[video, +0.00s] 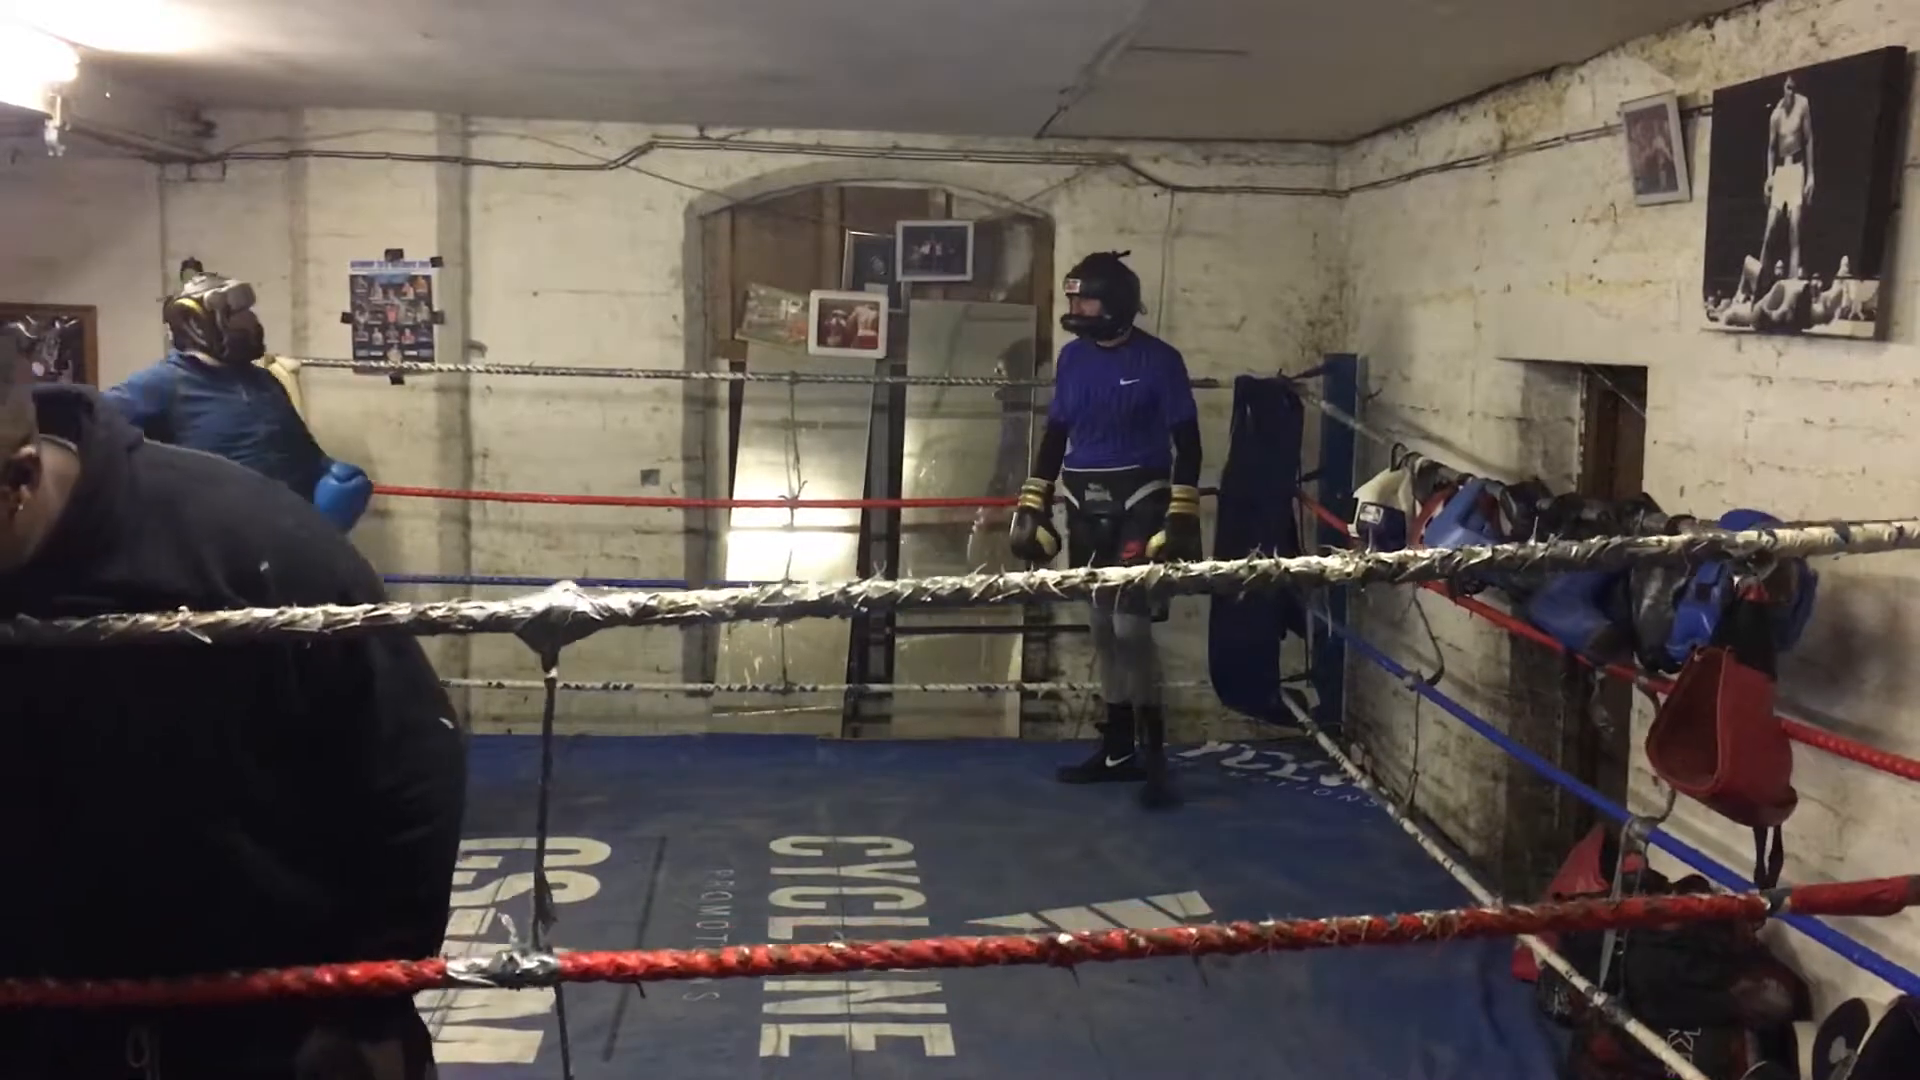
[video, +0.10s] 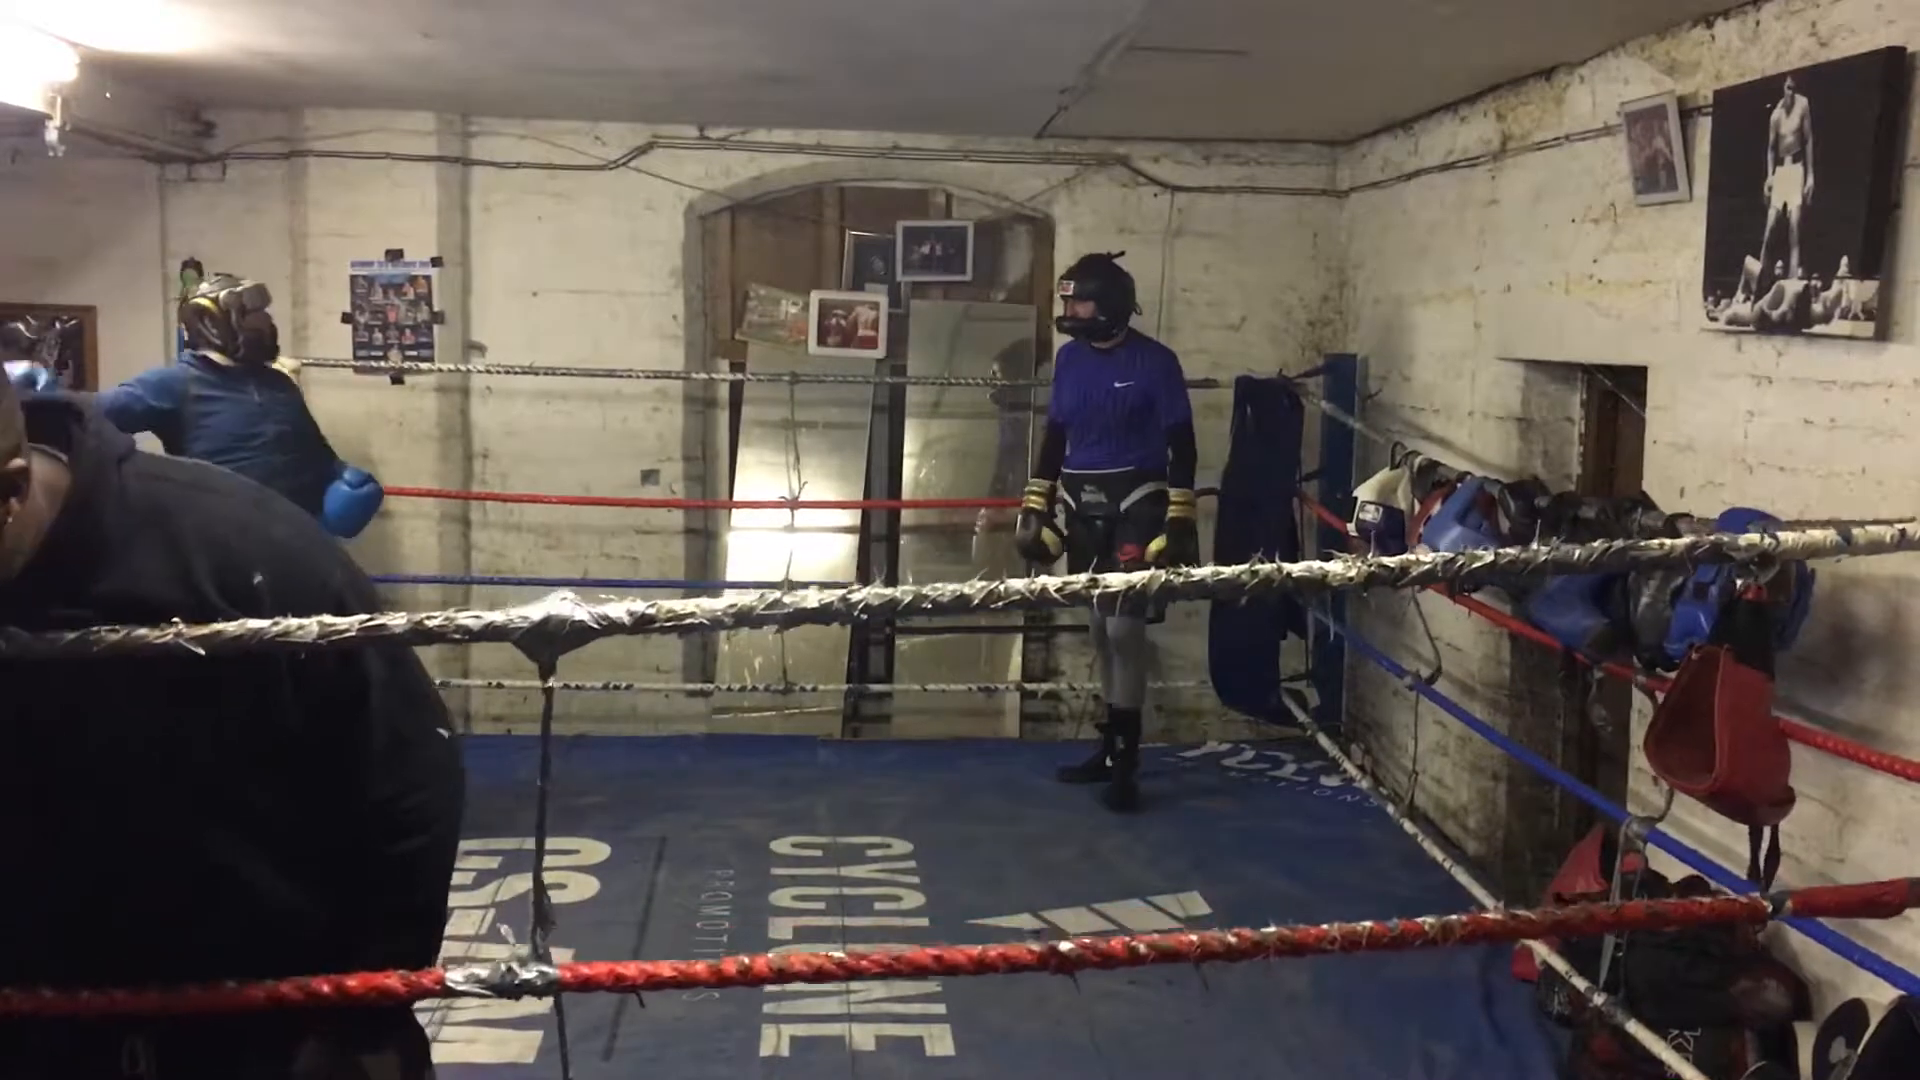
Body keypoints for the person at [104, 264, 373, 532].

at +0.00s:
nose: (256, 321)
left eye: (249, 309)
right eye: (240, 312)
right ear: (202, 325)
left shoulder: (265, 381)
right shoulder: (168, 381)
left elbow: (303, 449)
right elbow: (97, 417)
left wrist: (331, 477)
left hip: (292, 519)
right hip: (218, 523)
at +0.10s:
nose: (266, 320)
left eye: (263, 309)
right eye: (251, 310)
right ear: (214, 321)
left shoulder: (279, 384)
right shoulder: (177, 383)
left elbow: (316, 452)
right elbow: (93, 415)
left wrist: (345, 486)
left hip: (300, 533)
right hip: (223, 537)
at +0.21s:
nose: (278, 324)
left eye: (276, 312)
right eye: (265, 314)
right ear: (228, 324)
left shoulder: (296, 387)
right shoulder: (190, 384)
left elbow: (331, 455)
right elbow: (107, 415)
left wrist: (355, 492)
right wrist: (75, 388)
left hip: (314, 547)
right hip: (234, 552)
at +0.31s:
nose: (296, 323)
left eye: (291, 312)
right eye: (282, 314)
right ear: (243, 326)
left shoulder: (310, 386)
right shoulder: (201, 384)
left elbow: (344, 455)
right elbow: (120, 419)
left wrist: (366, 491)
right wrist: (108, 377)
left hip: (322, 552)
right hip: (242, 555)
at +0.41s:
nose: (305, 321)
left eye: (302, 310)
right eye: (288, 312)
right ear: (251, 318)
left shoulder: (326, 384)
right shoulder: (217, 376)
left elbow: (360, 455)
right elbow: (136, 424)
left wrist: (377, 498)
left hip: (333, 549)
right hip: (254, 550)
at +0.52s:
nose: (330, 325)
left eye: (324, 311)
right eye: (311, 313)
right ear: (271, 323)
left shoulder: (341, 384)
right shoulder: (236, 373)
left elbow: (373, 454)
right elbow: (163, 424)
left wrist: (389, 496)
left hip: (347, 554)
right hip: (269, 556)